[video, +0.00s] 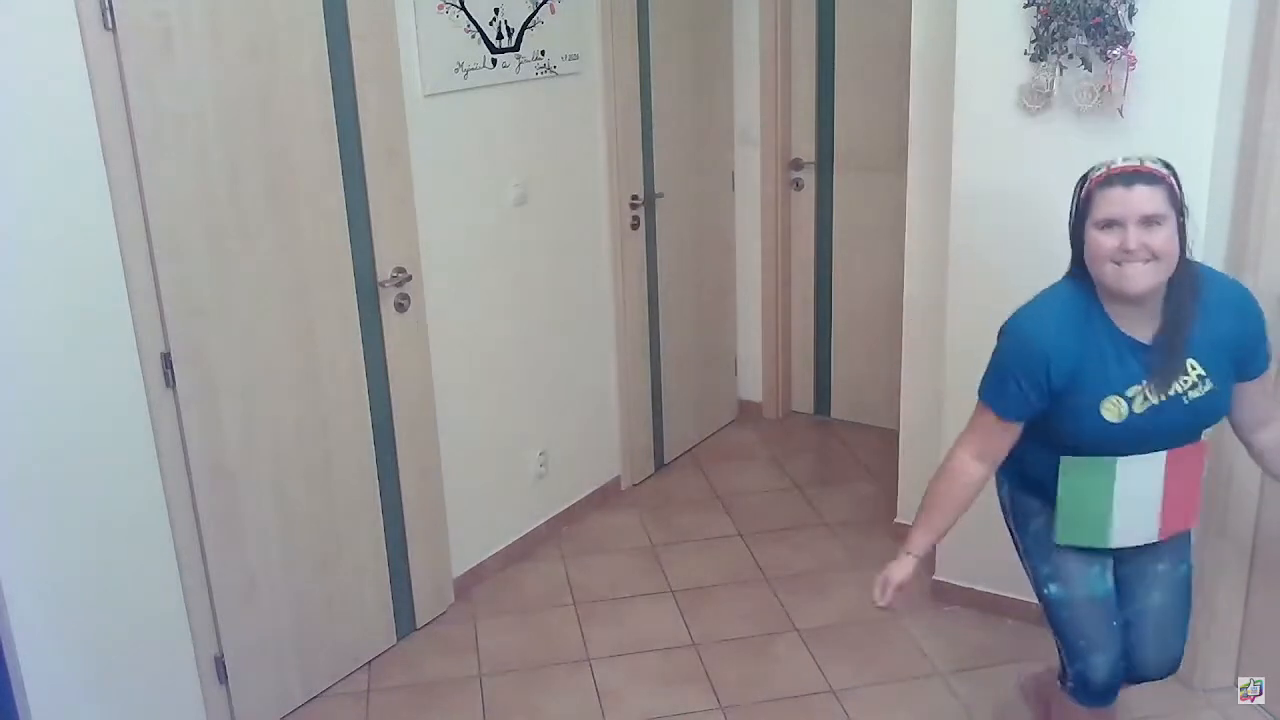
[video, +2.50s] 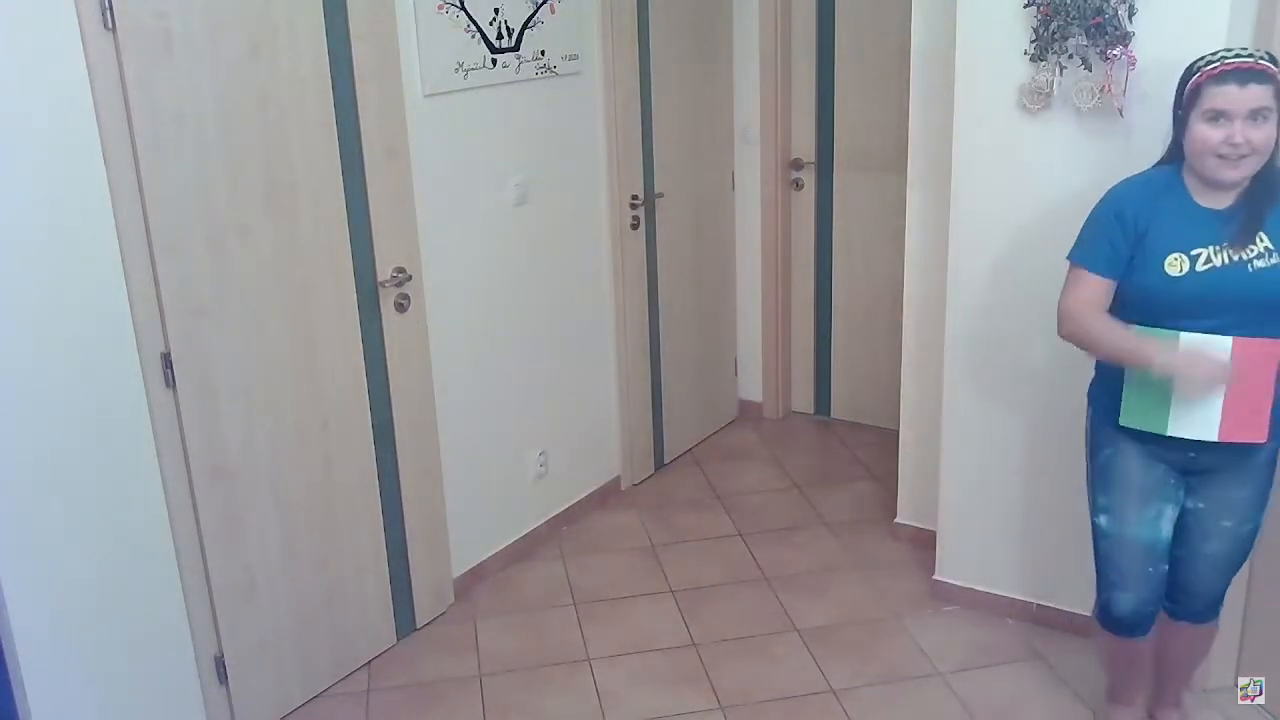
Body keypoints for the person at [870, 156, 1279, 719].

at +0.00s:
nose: (1132, 242)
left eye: (1152, 223)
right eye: (1109, 225)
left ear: (1181, 234)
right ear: (1081, 241)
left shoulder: (1227, 311)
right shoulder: (1040, 335)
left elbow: (1265, 425)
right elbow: (974, 456)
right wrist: (913, 551)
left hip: (1163, 491)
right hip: (1056, 497)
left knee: (1154, 660)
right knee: (1099, 675)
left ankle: (1052, 689)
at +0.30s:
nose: (1154, 135)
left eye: (1175, 120)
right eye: (1134, 119)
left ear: (1199, 137)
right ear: (1103, 137)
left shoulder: (1238, 222)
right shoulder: (1056, 236)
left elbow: (1277, 332)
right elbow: (989, 351)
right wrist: (921, 445)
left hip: (1179, 458)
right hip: (1072, 458)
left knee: (1147, 614)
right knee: (1079, 625)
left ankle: (1108, 690)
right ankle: (1072, 716)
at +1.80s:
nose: (1170, 220)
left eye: (1190, 199)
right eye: (1147, 202)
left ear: (1217, 211)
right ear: (1116, 218)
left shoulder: (1261, 290)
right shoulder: (1071, 305)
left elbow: (1274, 385)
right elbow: (1018, 410)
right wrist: (988, 449)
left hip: (1194, 475)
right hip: (1079, 477)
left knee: (1174, 655)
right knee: (1105, 665)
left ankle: (1084, 700)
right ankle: (1059, 708)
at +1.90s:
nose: (1186, 184)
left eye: (1206, 164)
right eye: (1162, 166)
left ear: (1230, 178)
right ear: (1129, 184)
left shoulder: (1264, 256)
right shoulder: (1084, 274)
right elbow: (993, 394)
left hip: (1202, 463)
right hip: (1088, 468)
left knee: (1189, 637)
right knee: (1101, 650)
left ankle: (1099, 690)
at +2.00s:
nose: (1197, 155)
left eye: (1216, 135)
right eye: (1173, 137)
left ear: (1238, 150)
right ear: (1138, 152)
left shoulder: (1267, 228)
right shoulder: (1090, 239)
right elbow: (1005, 354)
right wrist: (1074, 271)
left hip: (1208, 461)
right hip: (1096, 463)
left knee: (1191, 627)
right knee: (1102, 636)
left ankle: (1132, 695)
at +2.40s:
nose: (1232, 140)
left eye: (1252, 121)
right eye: (1211, 121)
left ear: (1274, 133)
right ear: (1178, 131)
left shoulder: (1274, 220)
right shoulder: (1131, 210)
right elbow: (1072, 325)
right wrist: (1169, 303)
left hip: (1238, 450)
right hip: (1127, 439)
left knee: (1193, 605)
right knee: (1115, 610)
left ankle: (1169, 703)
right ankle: (1111, 714)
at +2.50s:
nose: (1236, 136)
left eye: (1255, 117)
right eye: (1216, 117)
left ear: (1277, 128)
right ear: (1183, 126)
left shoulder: (1275, 212)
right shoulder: (1134, 203)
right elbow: (1075, 315)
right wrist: (1168, 358)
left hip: (1244, 443)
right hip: (1136, 434)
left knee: (1197, 602)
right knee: (1127, 605)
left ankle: (1171, 704)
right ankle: (1123, 706)